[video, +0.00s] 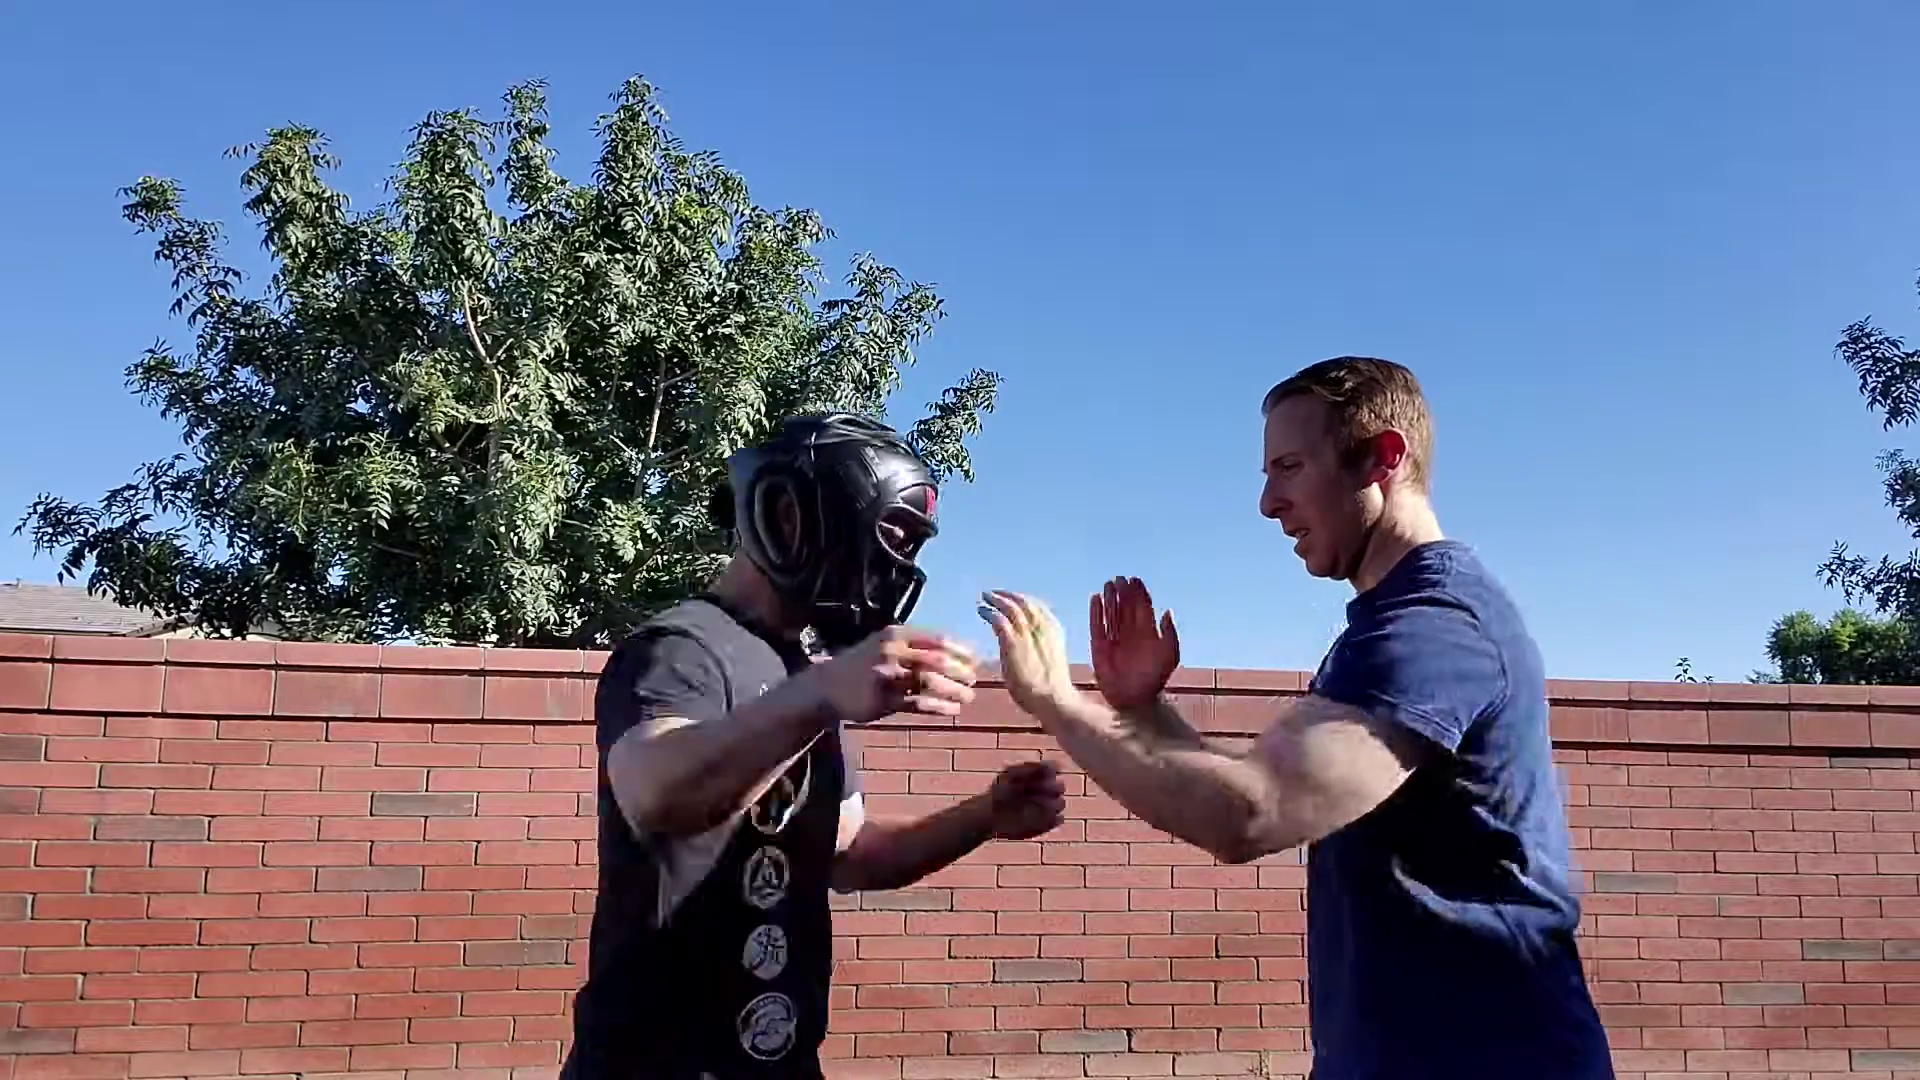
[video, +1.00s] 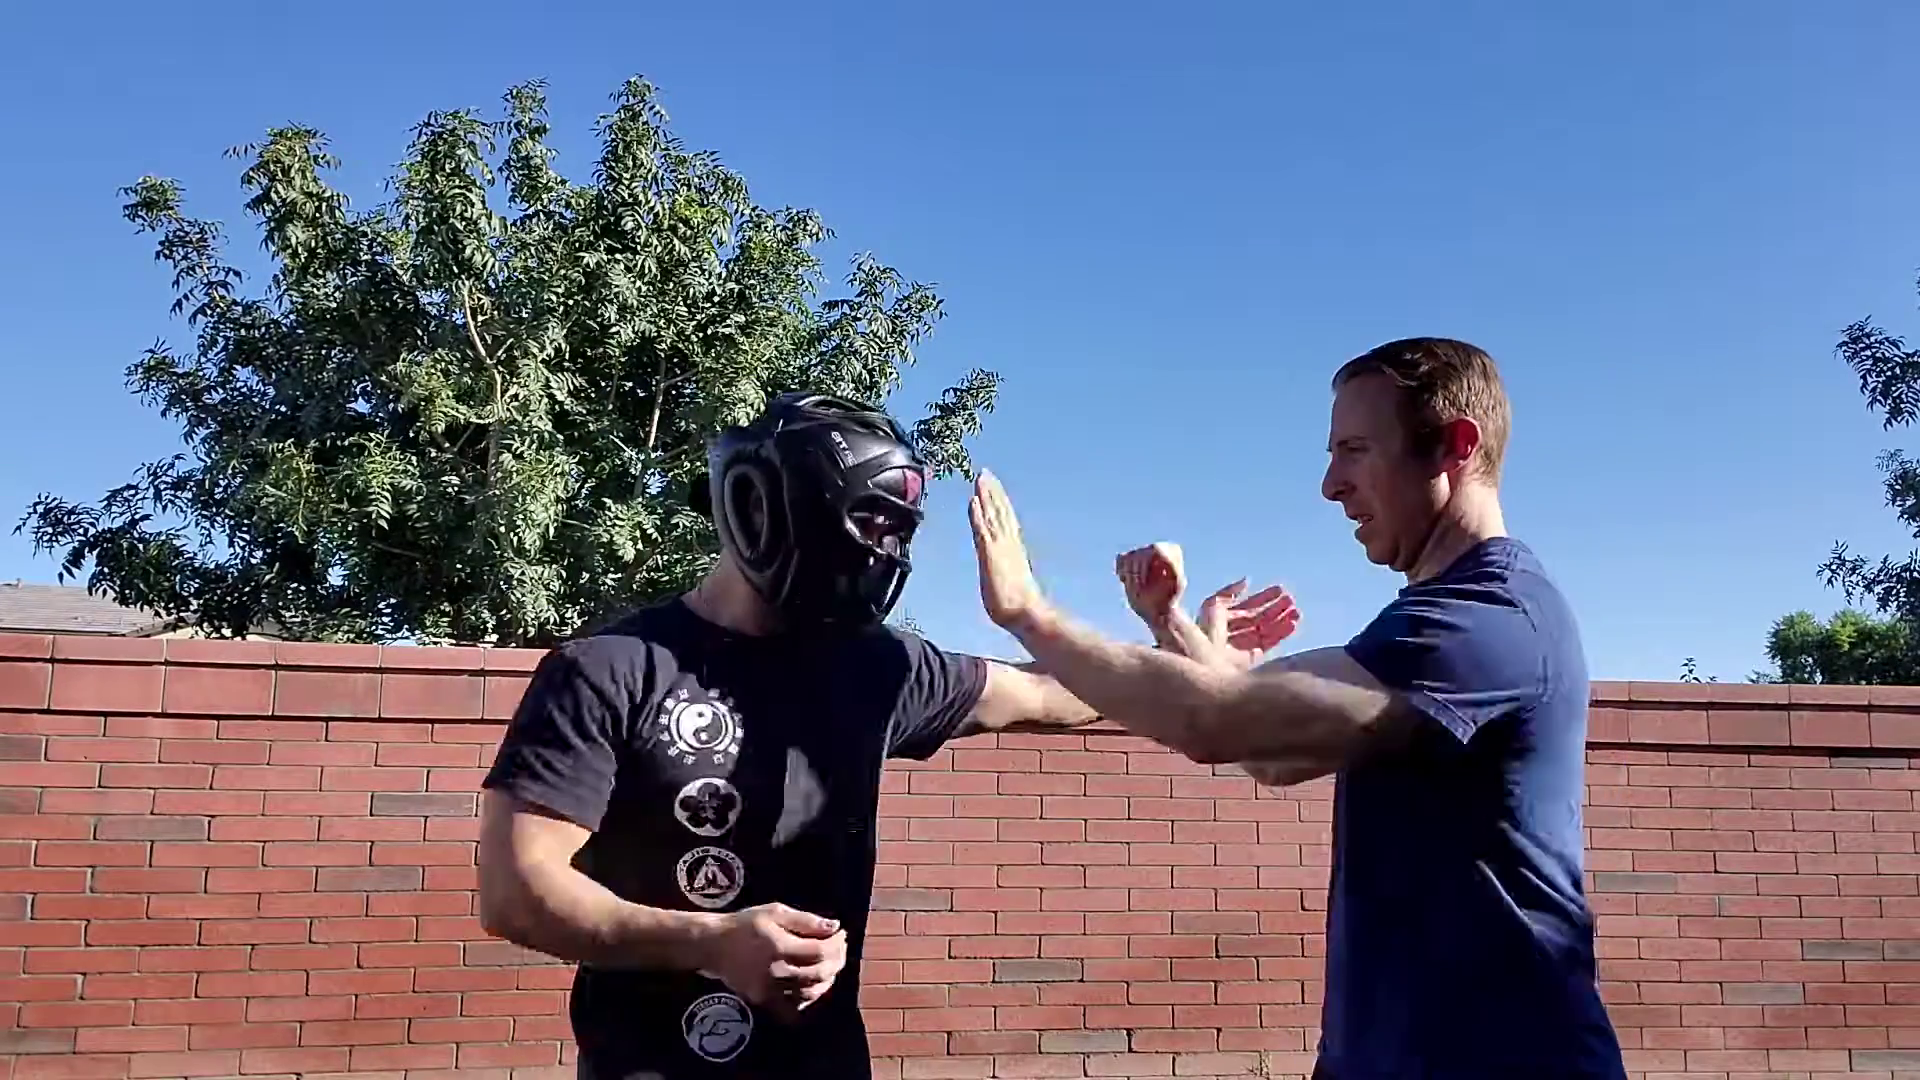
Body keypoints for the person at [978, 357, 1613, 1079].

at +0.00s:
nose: (1267, 502)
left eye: (1288, 467)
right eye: (1269, 473)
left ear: (1382, 462)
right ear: (1381, 469)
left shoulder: (1440, 621)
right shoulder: (1386, 623)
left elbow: (1247, 817)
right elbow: (1260, 796)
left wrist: (1056, 706)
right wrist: (1147, 710)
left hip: (1478, 1056)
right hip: (1395, 1052)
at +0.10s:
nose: (1291, 493)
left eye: (1310, 460)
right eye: (1293, 465)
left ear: (1404, 453)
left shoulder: (1503, 616)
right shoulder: (1327, 651)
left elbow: (1407, 860)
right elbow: (1188, 783)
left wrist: (1232, 704)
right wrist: (1066, 696)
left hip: (1506, 1050)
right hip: (1361, 1047)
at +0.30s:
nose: (1321, 499)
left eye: (1338, 464)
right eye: (1324, 472)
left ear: (1428, 458)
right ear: (1427, 461)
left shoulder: (1534, 609)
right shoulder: (1370, 647)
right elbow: (1190, 799)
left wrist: (1210, 680)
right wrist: (1033, 730)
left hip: (1530, 1052)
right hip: (1382, 1050)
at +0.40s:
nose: (1312, 502)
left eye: (1331, 468)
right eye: (1315, 473)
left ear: (1418, 460)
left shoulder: (1486, 603)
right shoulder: (1425, 621)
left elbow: (1222, 680)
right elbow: (1253, 768)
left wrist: (1079, 608)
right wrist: (1106, 708)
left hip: (1497, 1040)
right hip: (1389, 1036)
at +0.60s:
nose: (1298, 513)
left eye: (1314, 477)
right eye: (1302, 483)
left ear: (1398, 469)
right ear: (1397, 475)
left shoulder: (1472, 602)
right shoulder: (1417, 617)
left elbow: (1209, 681)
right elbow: (1239, 735)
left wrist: (1041, 613)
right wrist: (1082, 702)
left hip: (1493, 1034)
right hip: (1392, 1029)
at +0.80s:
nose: (1288, 500)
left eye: (1306, 466)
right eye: (1289, 473)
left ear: (1399, 456)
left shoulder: (1491, 602)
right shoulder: (1338, 655)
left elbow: (1344, 796)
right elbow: (1228, 828)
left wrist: (1160, 683)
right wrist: (1087, 782)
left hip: (1510, 1042)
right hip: (1367, 1044)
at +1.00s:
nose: (1330, 484)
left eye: (1353, 450)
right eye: (1335, 454)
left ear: (1451, 449)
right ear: (1449, 454)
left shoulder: (1493, 618)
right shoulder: (1434, 614)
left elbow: (1223, 723)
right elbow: (1280, 753)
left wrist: (1029, 616)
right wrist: (1171, 623)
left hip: (1492, 1056)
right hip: (1391, 1049)